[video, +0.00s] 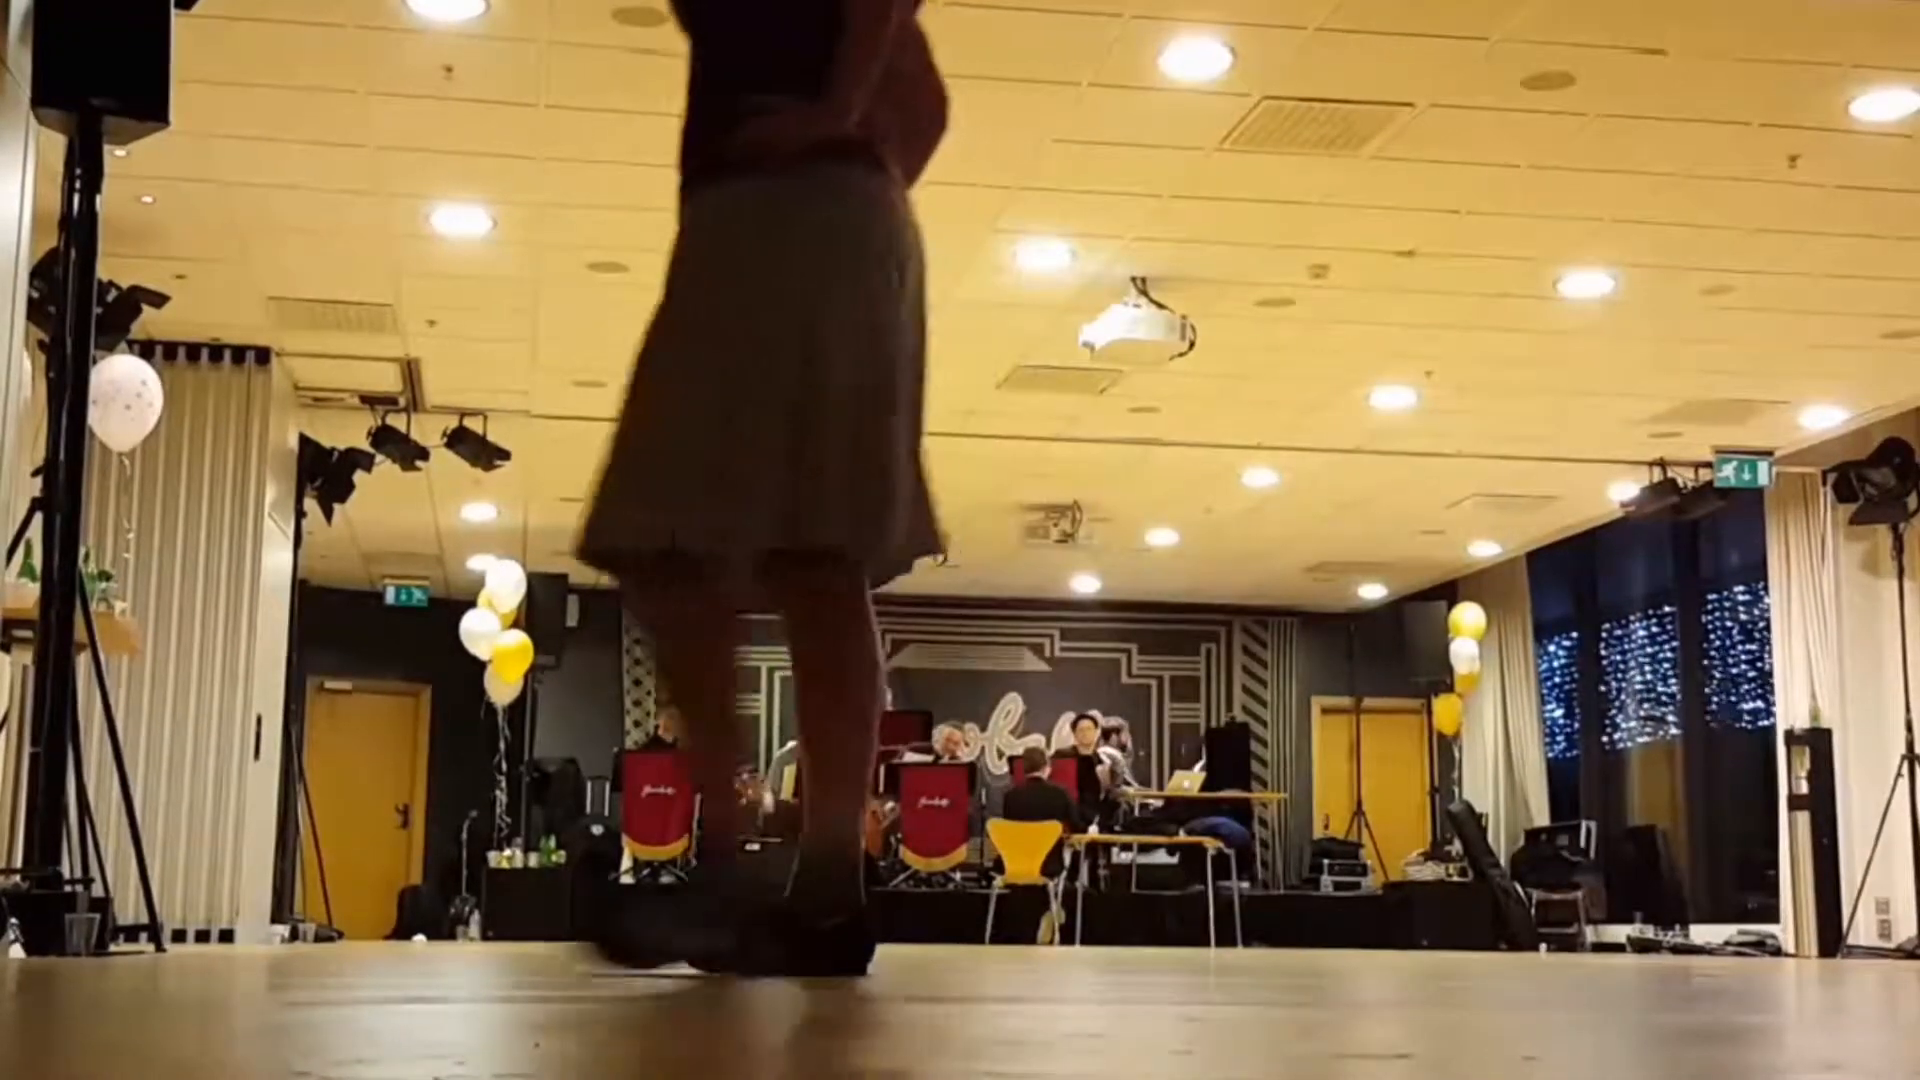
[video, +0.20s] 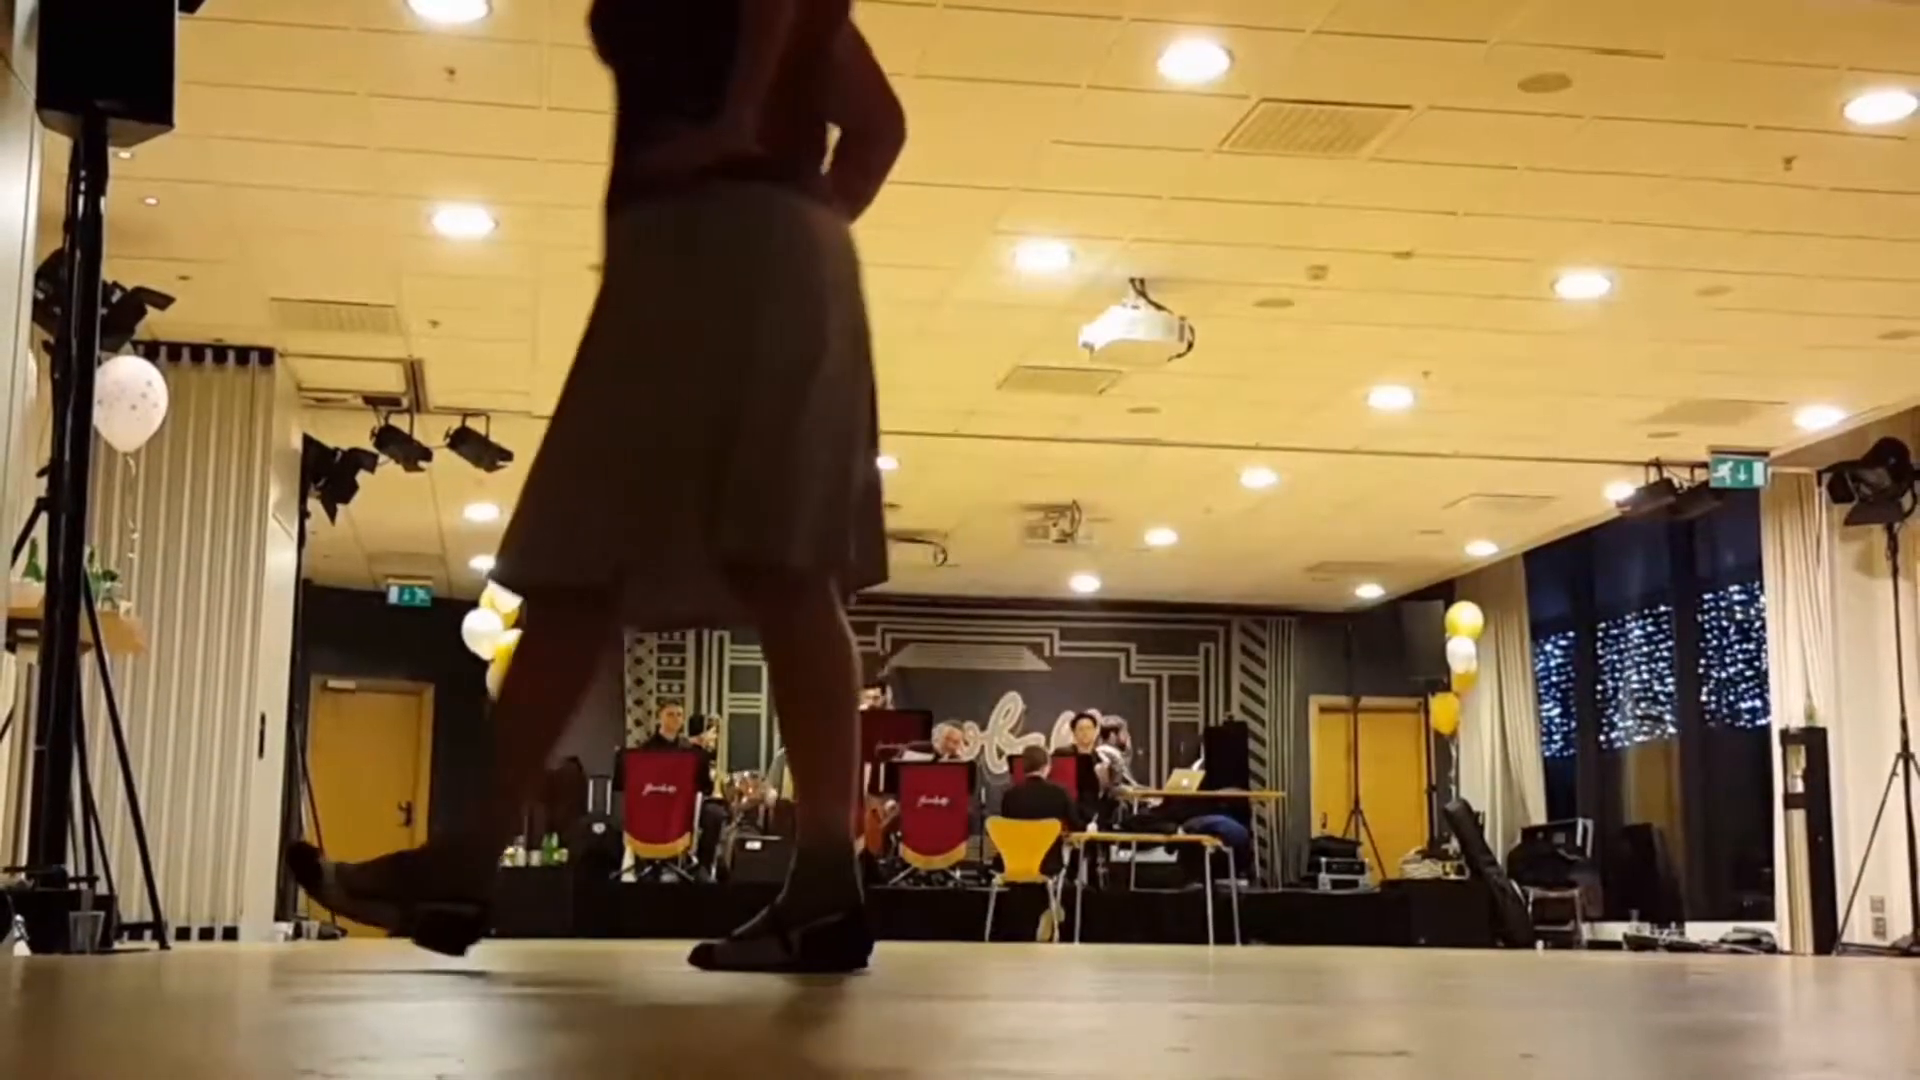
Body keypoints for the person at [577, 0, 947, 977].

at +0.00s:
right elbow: (925, 103)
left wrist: (839, 104)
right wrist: (864, 197)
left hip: (763, 220)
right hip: (856, 223)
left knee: (667, 558)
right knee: (822, 569)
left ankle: (726, 868)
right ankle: (831, 897)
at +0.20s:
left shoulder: (640, 9)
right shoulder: (802, 8)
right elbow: (878, 117)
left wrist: (738, 117)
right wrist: (814, 225)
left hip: (678, 252)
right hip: (795, 250)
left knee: (577, 574)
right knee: (792, 577)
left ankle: (466, 859)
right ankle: (829, 890)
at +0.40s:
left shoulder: (546, 11)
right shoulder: (722, 9)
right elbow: (825, 119)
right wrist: (769, 235)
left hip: (578, 262)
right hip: (707, 264)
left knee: (518, 589)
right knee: (734, 579)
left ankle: (439, 893)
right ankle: (818, 873)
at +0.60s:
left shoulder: (447, 6)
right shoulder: (643, 4)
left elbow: (425, 41)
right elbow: (757, 99)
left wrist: (440, 132)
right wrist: (684, 231)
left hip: (467, 260)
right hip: (604, 260)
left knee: (450, 592)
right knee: (624, 576)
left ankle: (431, 899)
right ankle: (764, 815)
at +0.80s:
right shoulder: (566, 5)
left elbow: (305, 7)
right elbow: (697, 97)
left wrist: (342, 152)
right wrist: (627, 242)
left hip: (394, 250)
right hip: (539, 256)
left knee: (413, 601)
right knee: (526, 585)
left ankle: (429, 901)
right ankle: (589, 817)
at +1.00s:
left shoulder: (297, 8)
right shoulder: (514, 9)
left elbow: (229, 8)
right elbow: (648, 106)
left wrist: (282, 164)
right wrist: (576, 253)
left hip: (367, 260)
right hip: (499, 270)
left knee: (399, 597)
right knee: (424, 606)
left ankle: (434, 897)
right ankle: (373, 900)